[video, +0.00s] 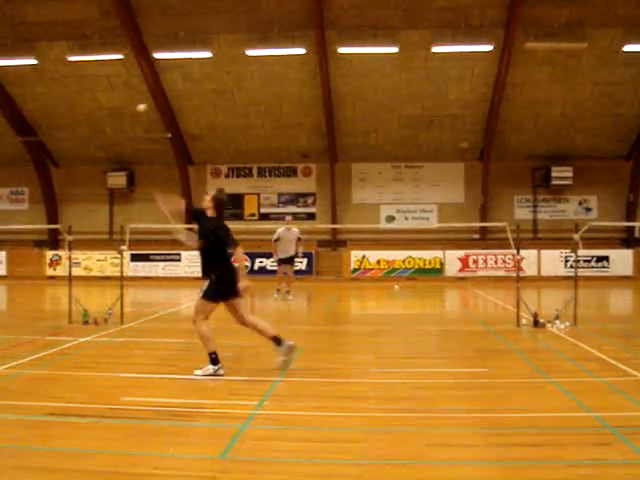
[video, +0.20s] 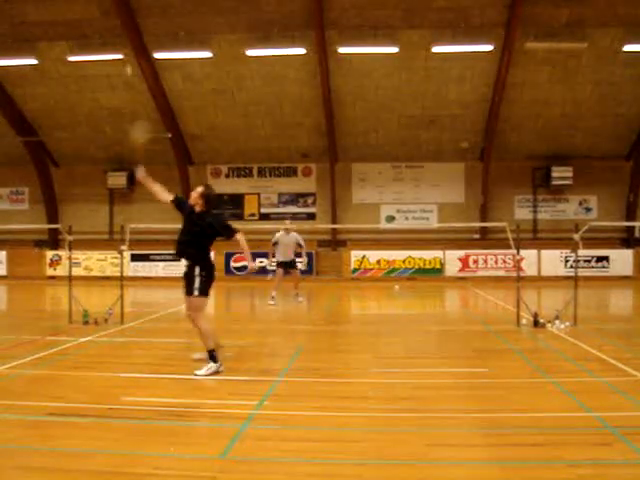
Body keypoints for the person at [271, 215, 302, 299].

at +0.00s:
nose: (288, 224)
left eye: (290, 222)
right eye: (287, 222)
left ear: (293, 223)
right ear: (284, 223)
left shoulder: (296, 232)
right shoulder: (280, 231)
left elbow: (299, 241)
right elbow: (274, 241)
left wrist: (298, 252)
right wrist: (274, 253)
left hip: (291, 254)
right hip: (281, 255)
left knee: (290, 274)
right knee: (280, 273)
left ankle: (288, 291)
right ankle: (278, 290)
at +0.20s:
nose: (287, 227)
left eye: (289, 225)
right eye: (286, 225)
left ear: (292, 226)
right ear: (283, 226)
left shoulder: (295, 236)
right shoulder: (278, 236)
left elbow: (302, 246)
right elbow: (272, 246)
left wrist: (304, 257)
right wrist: (270, 258)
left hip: (291, 259)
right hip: (280, 259)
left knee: (297, 276)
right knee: (279, 276)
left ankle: (297, 294)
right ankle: (273, 295)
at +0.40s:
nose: (293, 236)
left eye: (295, 234)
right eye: (292, 234)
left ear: (296, 235)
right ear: (289, 234)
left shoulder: (299, 245)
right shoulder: (283, 244)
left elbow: (303, 256)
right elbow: (276, 254)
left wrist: (303, 265)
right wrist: (272, 264)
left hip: (293, 263)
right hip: (283, 264)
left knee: (302, 277)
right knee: (282, 277)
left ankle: (310, 296)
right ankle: (273, 295)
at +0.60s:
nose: (286, 235)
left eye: (288, 233)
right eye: (285, 233)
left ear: (290, 234)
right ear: (282, 233)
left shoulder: (294, 244)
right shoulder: (277, 243)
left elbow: (299, 256)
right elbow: (273, 254)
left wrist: (300, 267)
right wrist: (271, 264)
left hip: (291, 265)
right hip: (279, 266)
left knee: (299, 281)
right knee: (274, 276)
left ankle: (311, 296)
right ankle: (270, 296)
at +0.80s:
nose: (275, 224)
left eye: (277, 223)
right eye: (274, 222)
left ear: (279, 224)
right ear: (272, 223)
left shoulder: (281, 234)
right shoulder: (267, 233)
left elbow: (286, 246)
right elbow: (262, 245)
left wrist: (287, 257)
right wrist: (261, 257)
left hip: (280, 257)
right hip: (270, 258)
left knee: (282, 276)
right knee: (270, 278)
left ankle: (297, 289)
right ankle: (270, 297)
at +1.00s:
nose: (267, 221)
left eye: (269, 219)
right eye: (266, 218)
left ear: (271, 220)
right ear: (264, 220)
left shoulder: (274, 231)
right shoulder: (260, 230)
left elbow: (279, 244)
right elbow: (257, 244)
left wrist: (274, 254)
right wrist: (253, 256)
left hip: (273, 255)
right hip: (264, 255)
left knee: (267, 274)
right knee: (266, 275)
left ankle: (273, 294)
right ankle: (269, 294)